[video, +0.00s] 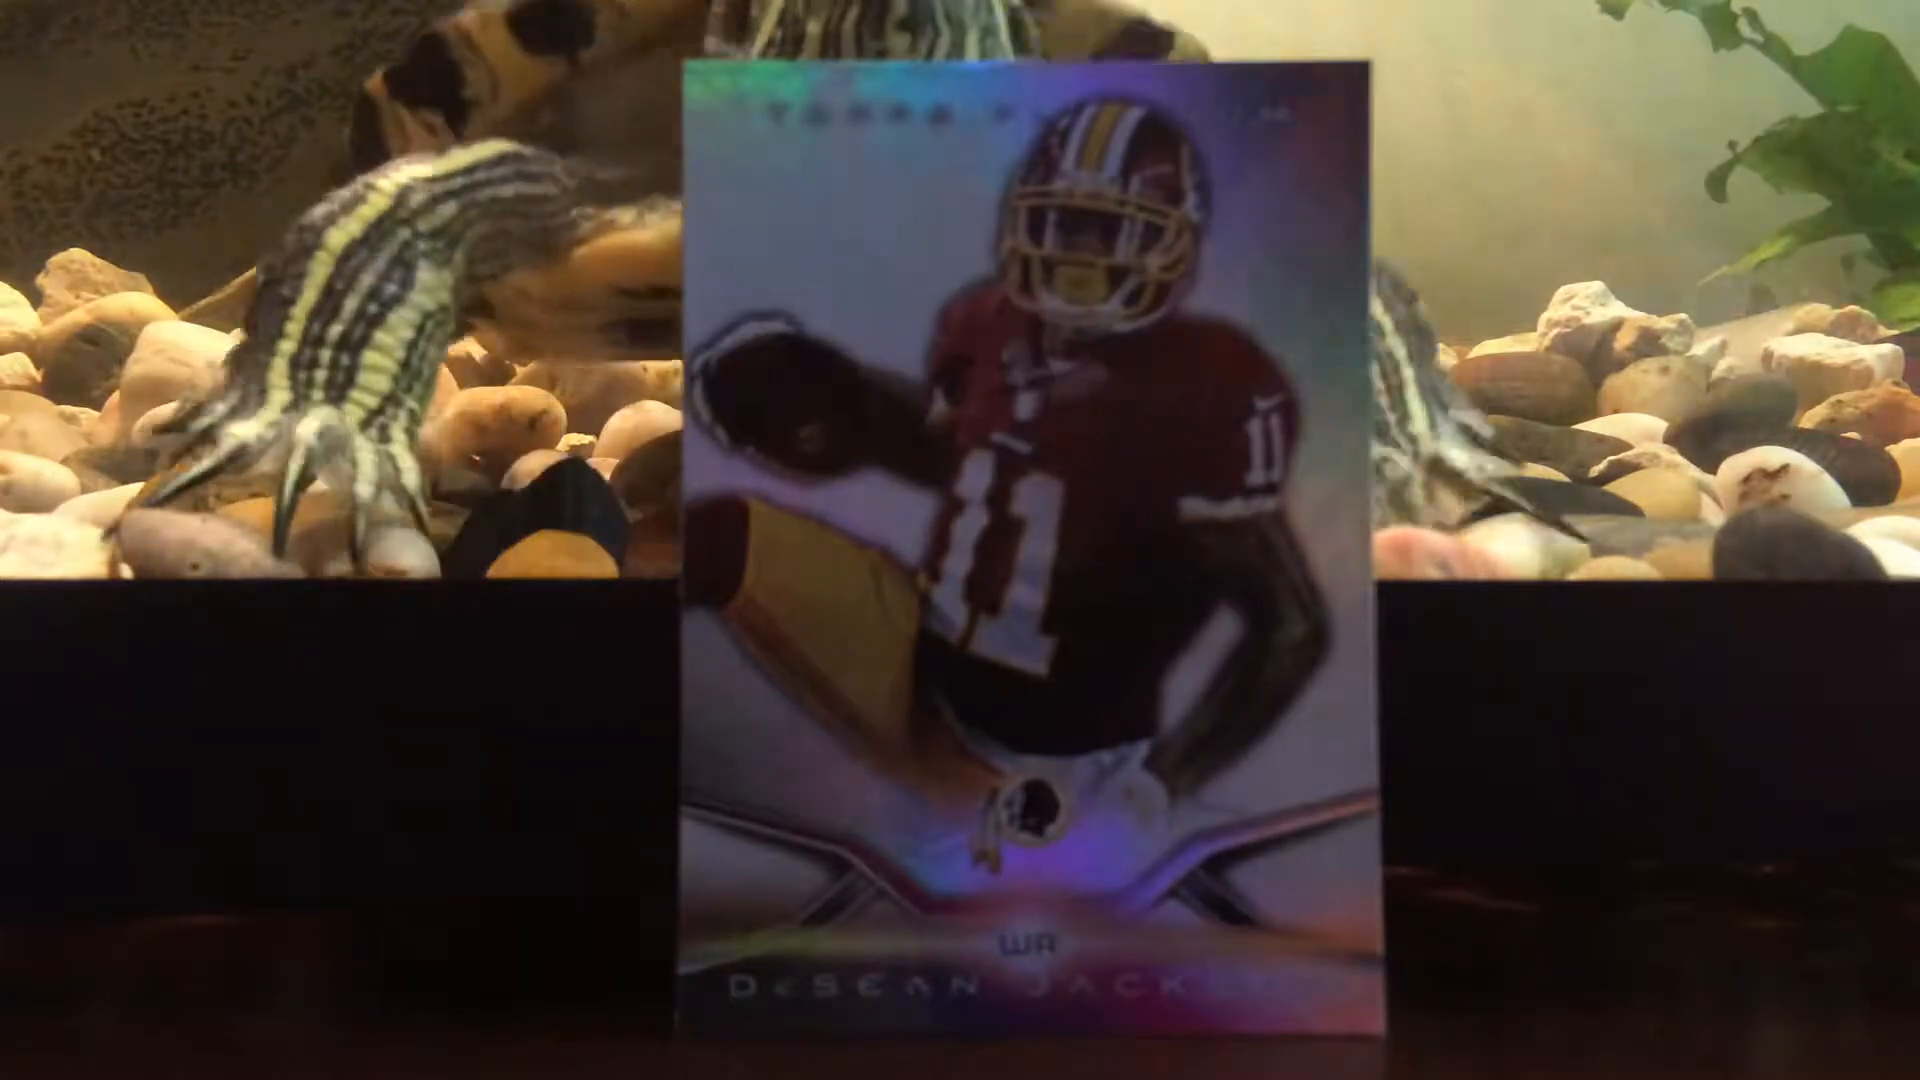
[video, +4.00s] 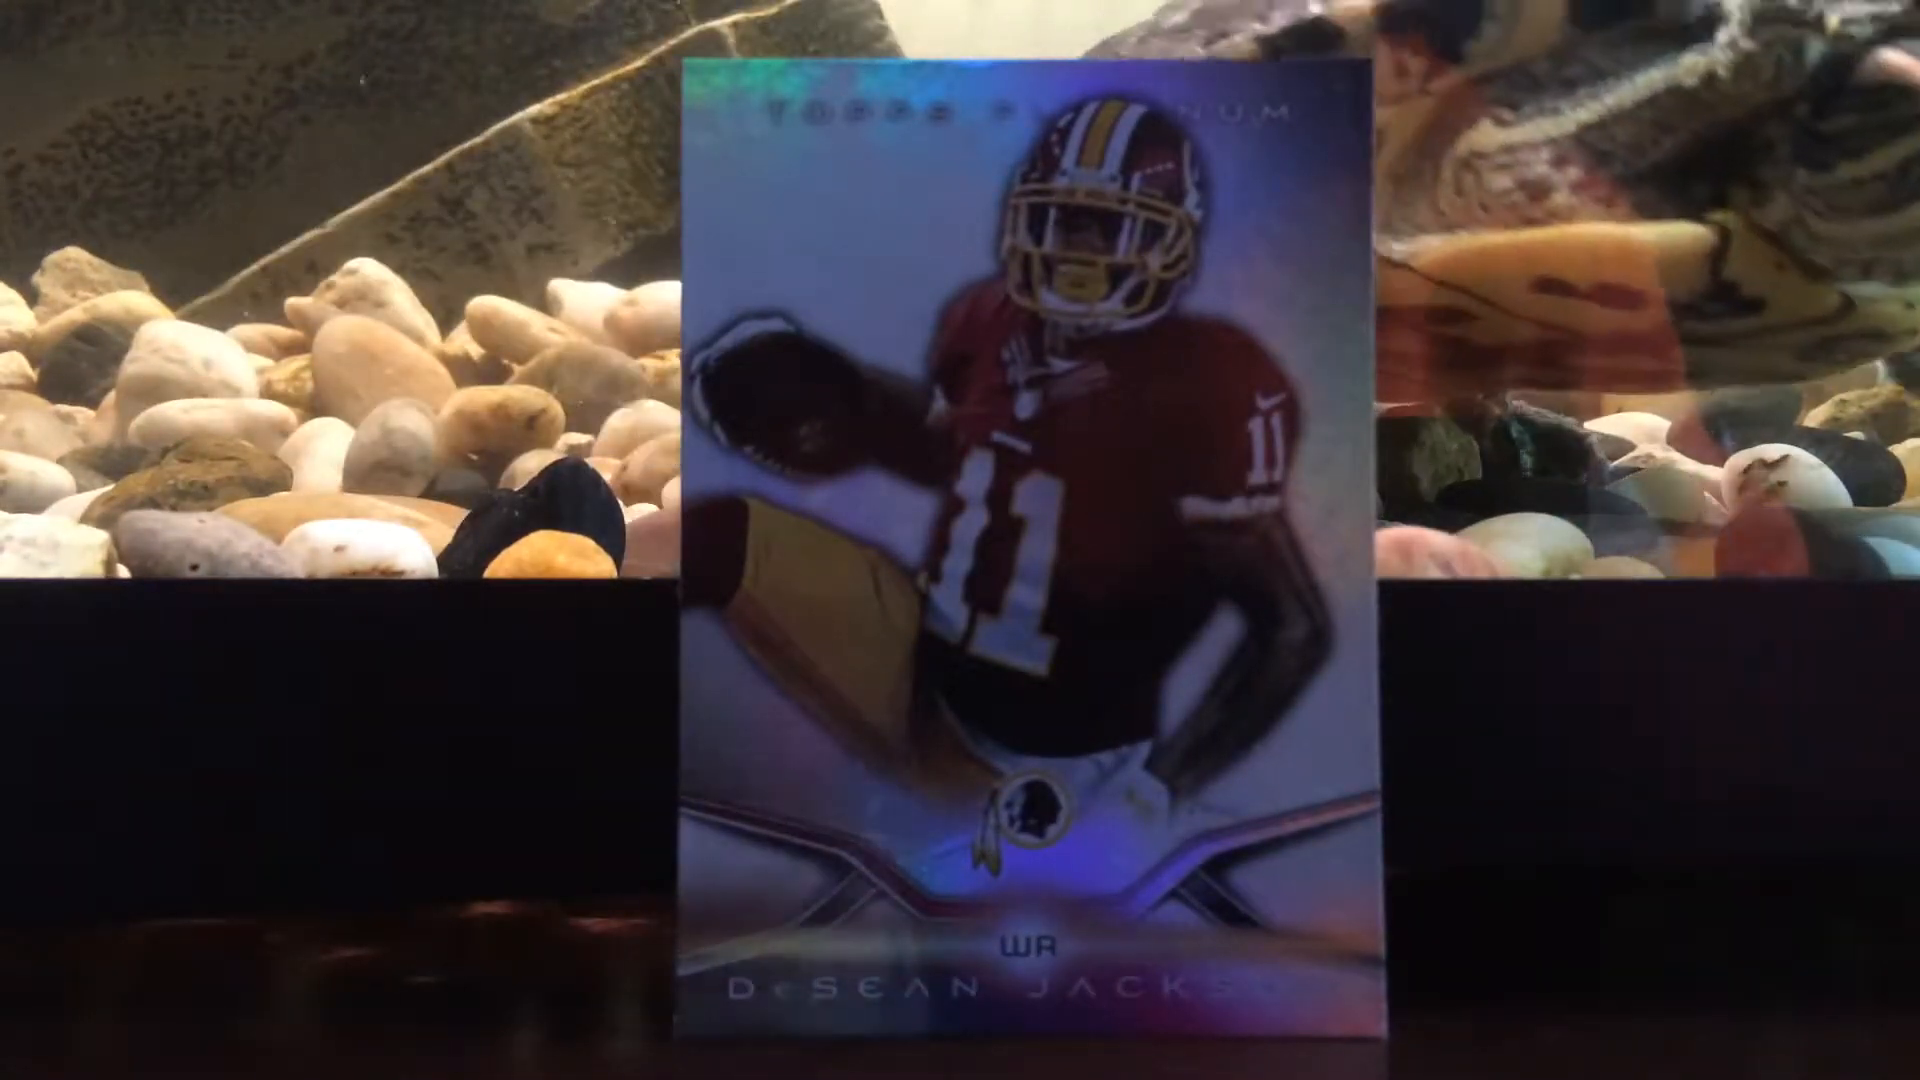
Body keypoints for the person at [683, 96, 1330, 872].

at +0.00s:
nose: (1081, 260)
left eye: (1116, 234)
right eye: (1061, 226)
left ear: (1176, 249)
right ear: (1020, 228)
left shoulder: (1212, 389)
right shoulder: (978, 328)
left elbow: (1292, 629)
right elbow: (956, 461)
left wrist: (1156, 787)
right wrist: (853, 416)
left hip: (1083, 763)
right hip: (933, 710)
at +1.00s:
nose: (1079, 260)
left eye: (1114, 234)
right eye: (1060, 226)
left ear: (1175, 248)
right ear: (1021, 228)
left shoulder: (1214, 390)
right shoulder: (981, 327)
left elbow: (1292, 630)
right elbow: (957, 458)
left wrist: (1155, 788)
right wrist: (858, 416)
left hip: (1075, 755)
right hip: (929, 679)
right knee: (720, 537)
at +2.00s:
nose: (1078, 252)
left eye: (1113, 227)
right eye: (1058, 219)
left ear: (1177, 242)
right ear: (1020, 224)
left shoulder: (1220, 384)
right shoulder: (979, 324)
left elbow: (1297, 629)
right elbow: (957, 460)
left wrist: (1156, 793)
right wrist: (858, 415)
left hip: (1081, 752)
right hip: (929, 678)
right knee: (713, 536)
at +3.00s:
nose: (1078, 256)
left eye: (1113, 231)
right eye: (1059, 223)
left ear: (1175, 246)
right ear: (1020, 226)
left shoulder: (1216, 385)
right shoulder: (978, 326)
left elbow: (1294, 628)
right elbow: (960, 462)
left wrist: (1157, 791)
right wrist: (860, 418)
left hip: (1079, 758)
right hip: (931, 692)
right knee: (713, 541)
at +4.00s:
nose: (1079, 251)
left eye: (1114, 228)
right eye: (1061, 220)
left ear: (1176, 244)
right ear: (1021, 223)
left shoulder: (1215, 386)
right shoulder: (980, 325)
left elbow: (1295, 631)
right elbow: (959, 460)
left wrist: (1154, 793)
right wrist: (856, 416)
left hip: (1077, 758)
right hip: (928, 680)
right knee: (711, 535)